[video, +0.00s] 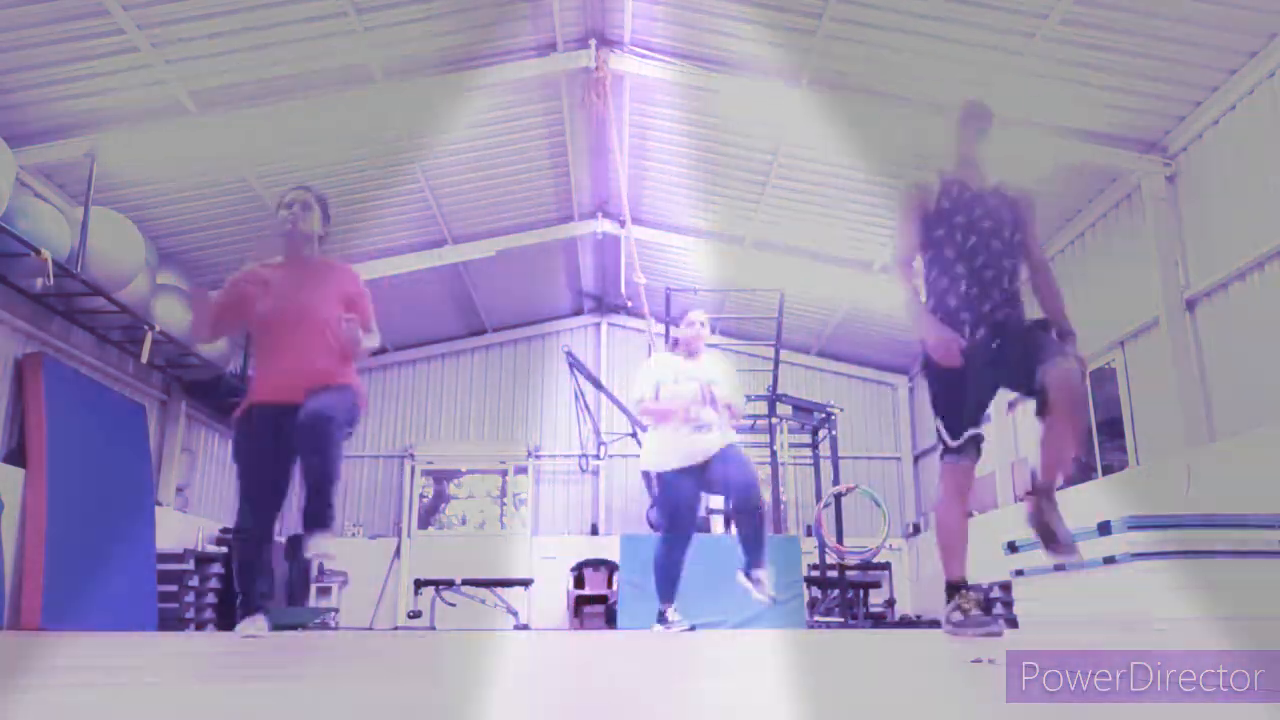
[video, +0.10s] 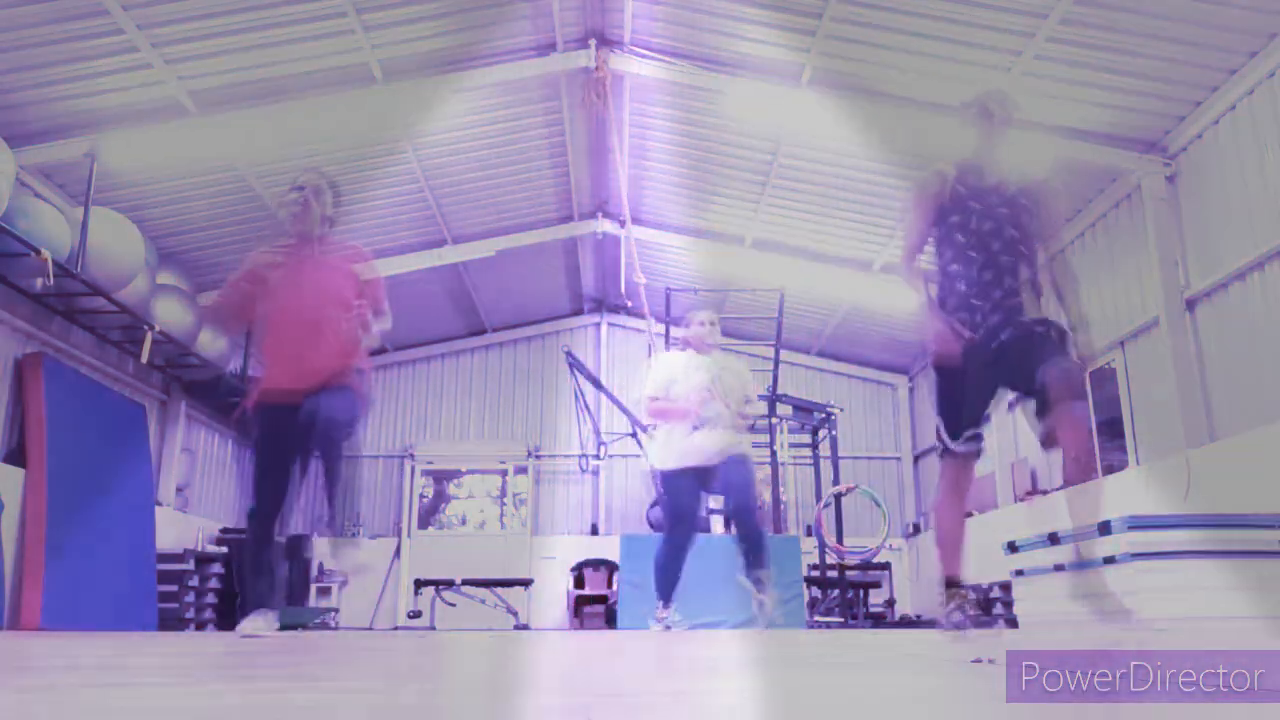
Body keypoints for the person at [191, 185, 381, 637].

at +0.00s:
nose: (294, 214)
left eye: (304, 208)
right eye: (287, 208)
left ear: (323, 223)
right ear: (276, 221)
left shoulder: (343, 278)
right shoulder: (255, 279)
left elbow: (373, 340)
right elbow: (205, 336)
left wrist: (359, 340)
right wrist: (206, 307)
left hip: (330, 391)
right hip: (269, 399)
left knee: (317, 419)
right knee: (255, 516)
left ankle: (318, 531)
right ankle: (253, 612)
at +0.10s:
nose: (304, 200)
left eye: (314, 193)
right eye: (297, 193)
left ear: (329, 206)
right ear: (284, 204)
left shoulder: (353, 259)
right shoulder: (267, 262)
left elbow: (383, 320)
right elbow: (220, 314)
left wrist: (369, 327)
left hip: (337, 384)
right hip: (279, 391)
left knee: (330, 420)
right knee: (265, 506)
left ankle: (341, 533)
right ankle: (261, 608)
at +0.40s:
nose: (340, 215)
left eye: (350, 209)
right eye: (331, 210)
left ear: (366, 223)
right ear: (320, 225)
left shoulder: (391, 274)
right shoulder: (304, 278)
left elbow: (429, 338)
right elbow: (282, 353)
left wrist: (419, 313)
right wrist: (308, 328)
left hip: (377, 403)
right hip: (316, 405)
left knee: (372, 501)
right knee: (297, 508)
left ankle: (365, 612)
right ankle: (280, 607)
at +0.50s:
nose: (355, 194)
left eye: (365, 187)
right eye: (347, 189)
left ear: (382, 201)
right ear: (336, 203)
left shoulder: (409, 252)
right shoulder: (320, 257)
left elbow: (447, 313)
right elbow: (298, 326)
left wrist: (419, 307)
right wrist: (317, 311)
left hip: (389, 382)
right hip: (328, 380)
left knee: (380, 485)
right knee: (304, 470)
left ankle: (374, 603)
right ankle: (293, 578)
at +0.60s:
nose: (373, 197)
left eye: (383, 190)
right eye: (365, 191)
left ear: (401, 203)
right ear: (355, 203)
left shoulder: (422, 258)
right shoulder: (333, 259)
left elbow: (455, 321)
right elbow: (313, 328)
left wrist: (424, 332)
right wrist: (326, 313)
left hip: (394, 382)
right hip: (336, 378)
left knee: (386, 486)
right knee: (309, 458)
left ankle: (387, 605)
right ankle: (309, 548)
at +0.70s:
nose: (386, 207)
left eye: (396, 201)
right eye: (378, 201)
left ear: (412, 215)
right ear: (367, 214)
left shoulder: (433, 271)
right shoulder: (346, 270)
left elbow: (459, 338)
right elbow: (315, 335)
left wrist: (423, 329)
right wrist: (325, 319)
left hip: (405, 399)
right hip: (350, 388)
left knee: (391, 512)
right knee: (319, 434)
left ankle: (385, 608)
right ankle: (318, 532)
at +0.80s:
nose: (386, 194)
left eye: (397, 188)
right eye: (378, 188)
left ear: (414, 202)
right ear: (367, 202)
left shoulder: (435, 254)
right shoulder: (347, 255)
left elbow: (469, 317)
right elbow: (318, 327)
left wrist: (427, 307)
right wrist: (319, 300)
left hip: (416, 384)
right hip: (362, 373)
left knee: (403, 493)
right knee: (335, 423)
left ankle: (389, 605)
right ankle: (330, 533)